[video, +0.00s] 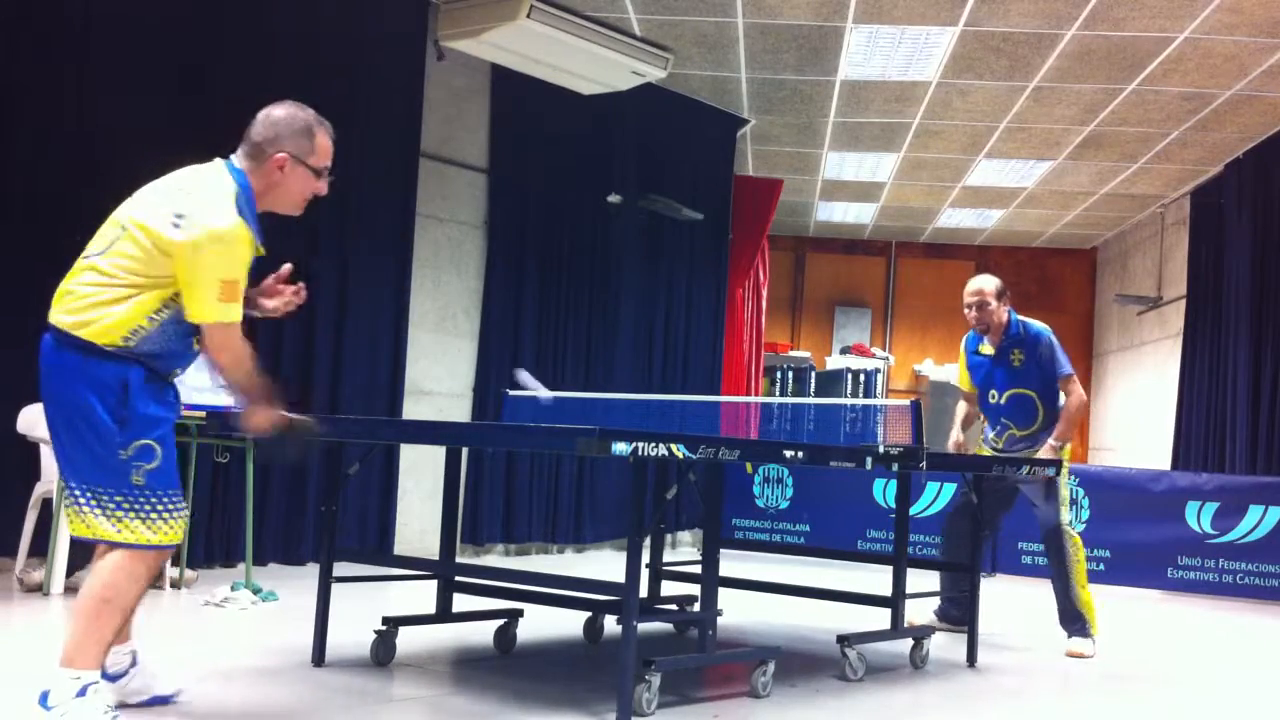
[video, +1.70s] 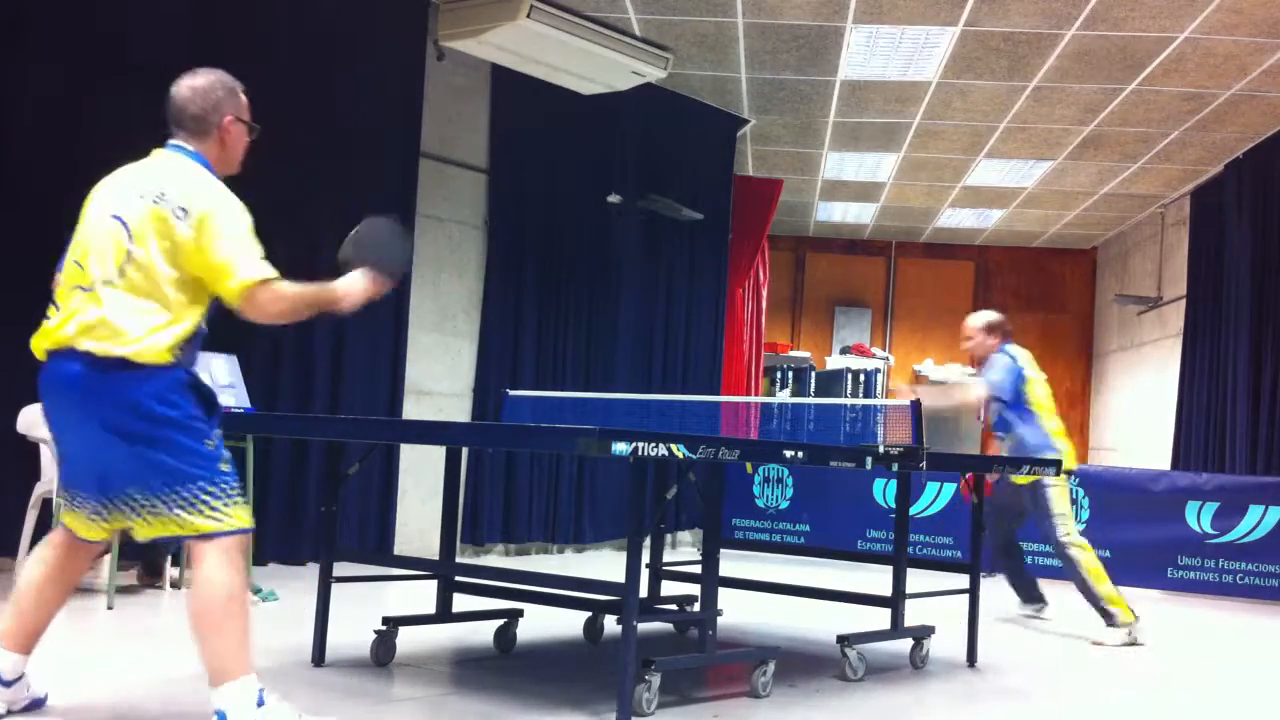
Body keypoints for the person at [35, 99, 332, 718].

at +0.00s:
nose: (323, 188)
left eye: (326, 174)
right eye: (319, 172)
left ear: (270, 160)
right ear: (278, 162)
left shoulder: (212, 187)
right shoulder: (219, 220)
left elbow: (170, 288)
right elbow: (222, 344)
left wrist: (247, 302)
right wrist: (260, 400)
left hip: (116, 358)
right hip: (102, 360)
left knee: (143, 525)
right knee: (146, 533)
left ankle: (113, 666)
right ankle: (67, 688)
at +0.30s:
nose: (323, 179)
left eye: (326, 167)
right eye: (322, 164)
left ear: (261, 152)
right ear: (294, 157)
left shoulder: (180, 189)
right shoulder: (276, 219)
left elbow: (105, 264)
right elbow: (258, 342)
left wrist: (157, 317)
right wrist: (228, 387)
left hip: (96, 354)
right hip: (173, 368)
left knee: (126, 522)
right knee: (241, 525)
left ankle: (90, 673)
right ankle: (158, 661)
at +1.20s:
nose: (338, 208)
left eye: (340, 193)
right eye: (334, 192)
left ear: (288, 187)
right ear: (302, 189)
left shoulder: (211, 227)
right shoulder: (250, 260)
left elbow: (143, 313)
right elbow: (220, 378)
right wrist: (334, 390)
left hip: (135, 417)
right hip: (192, 424)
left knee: (191, 543)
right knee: (312, 547)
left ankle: (80, 671)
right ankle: (254, 703)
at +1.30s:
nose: (325, 201)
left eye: (326, 188)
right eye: (321, 187)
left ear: (273, 183)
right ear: (288, 186)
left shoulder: (195, 223)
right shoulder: (258, 275)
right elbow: (341, 357)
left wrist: (373, 342)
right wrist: (445, 353)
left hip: (128, 416)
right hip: (183, 423)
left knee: (188, 544)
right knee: (308, 545)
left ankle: (78, 672)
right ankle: (255, 703)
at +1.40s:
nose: (317, 182)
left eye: (318, 169)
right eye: (313, 168)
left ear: (252, 162)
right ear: (284, 169)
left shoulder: (177, 210)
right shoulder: (274, 250)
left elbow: (142, 304)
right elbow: (377, 302)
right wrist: (475, 289)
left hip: (111, 404)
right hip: (183, 416)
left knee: (161, 526)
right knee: (300, 545)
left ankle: (73, 670)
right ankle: (254, 703)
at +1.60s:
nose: (271, 145)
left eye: (271, 132)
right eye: (268, 132)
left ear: (197, 132)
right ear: (248, 133)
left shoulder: (131, 192)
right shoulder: (243, 214)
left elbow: (83, 287)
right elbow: (323, 296)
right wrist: (397, 265)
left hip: (91, 386)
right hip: (170, 395)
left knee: (99, 529)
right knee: (261, 539)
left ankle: (7, 669)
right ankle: (250, 703)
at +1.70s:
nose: (250, 136)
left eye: (249, 124)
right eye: (247, 124)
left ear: (176, 125)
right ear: (227, 127)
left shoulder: (117, 182)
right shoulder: (210, 200)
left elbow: (77, 285)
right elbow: (262, 301)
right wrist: (343, 292)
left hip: (66, 373)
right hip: (139, 378)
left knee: (83, 529)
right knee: (222, 529)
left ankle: (4, 669)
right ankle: (238, 700)